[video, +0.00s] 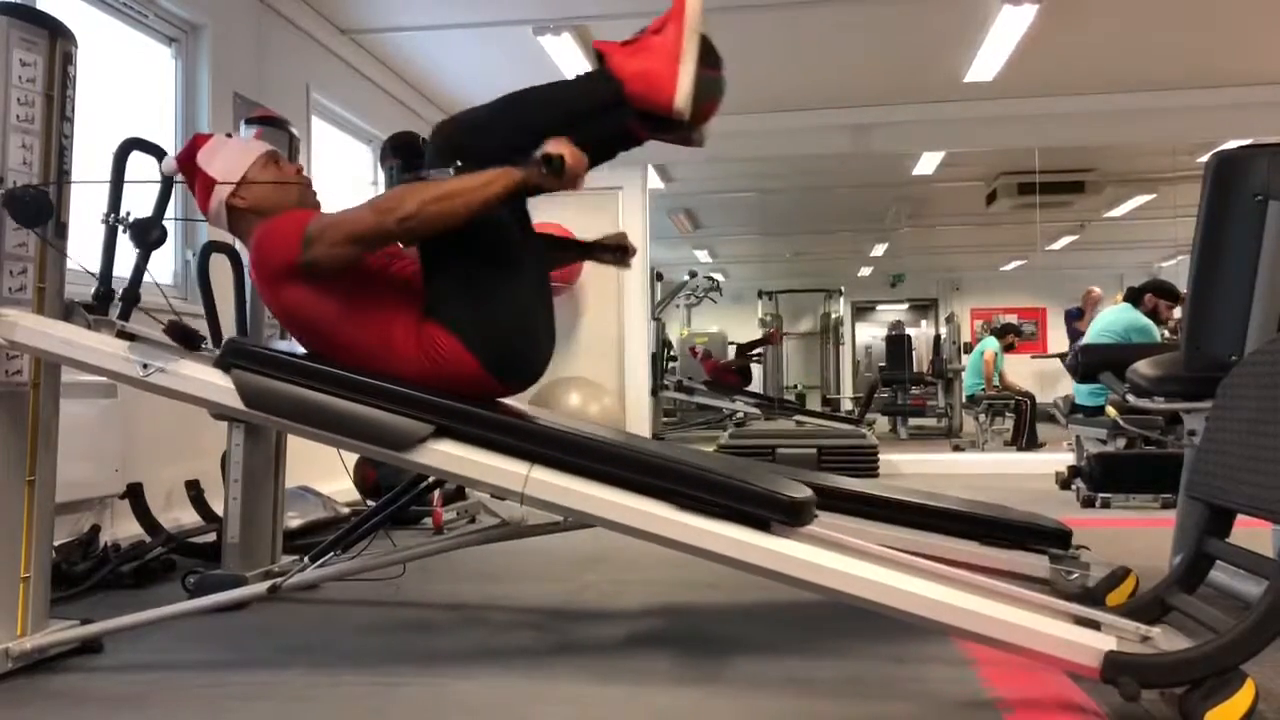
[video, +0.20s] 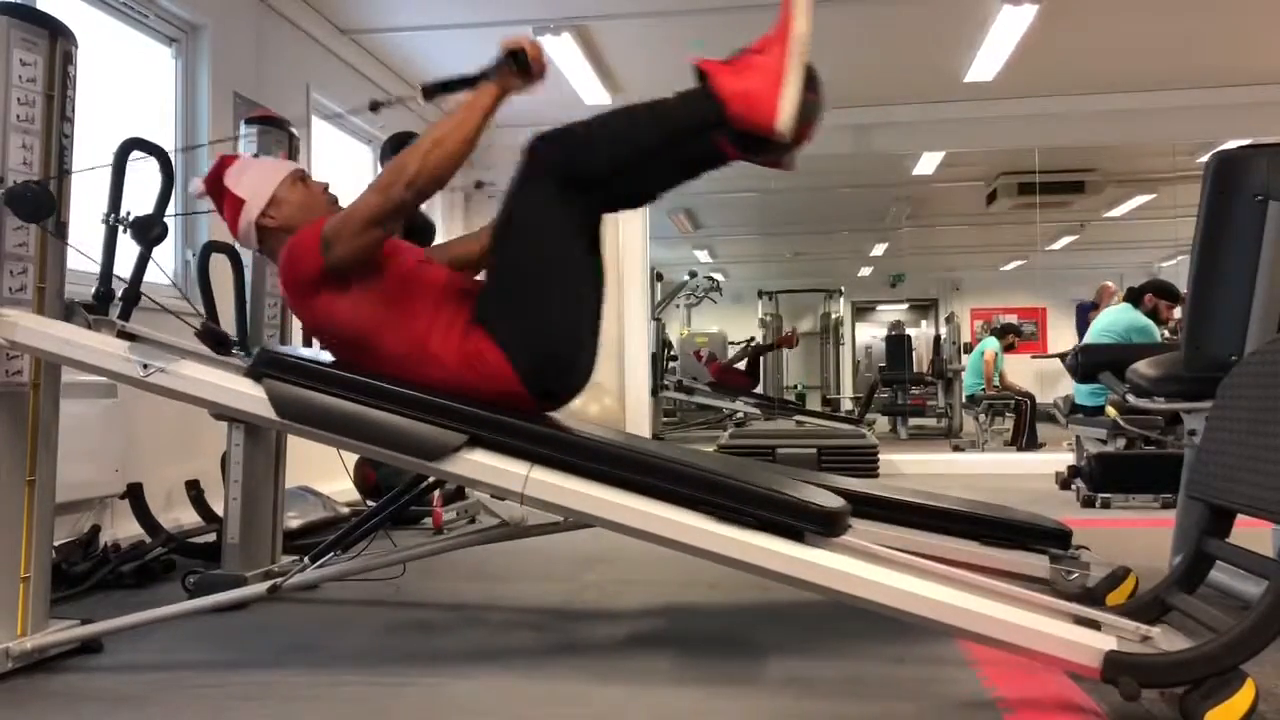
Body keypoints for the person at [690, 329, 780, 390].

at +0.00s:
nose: (709, 351)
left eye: (707, 349)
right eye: (707, 350)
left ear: (702, 357)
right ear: (705, 355)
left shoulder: (710, 365)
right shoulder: (711, 365)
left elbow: (733, 362)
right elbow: (733, 363)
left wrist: (754, 357)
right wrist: (753, 361)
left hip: (740, 379)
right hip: (743, 380)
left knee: (740, 349)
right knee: (740, 350)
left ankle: (767, 339)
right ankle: (768, 340)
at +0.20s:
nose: (714, 353)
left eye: (711, 352)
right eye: (711, 353)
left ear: (706, 361)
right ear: (710, 358)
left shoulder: (715, 369)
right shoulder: (716, 368)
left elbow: (734, 359)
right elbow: (736, 359)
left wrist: (746, 348)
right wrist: (748, 347)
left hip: (747, 381)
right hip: (750, 382)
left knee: (754, 351)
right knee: (754, 352)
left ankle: (781, 342)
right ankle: (782, 342)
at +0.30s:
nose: (718, 355)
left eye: (715, 354)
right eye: (715, 355)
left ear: (710, 362)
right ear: (714, 359)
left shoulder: (719, 371)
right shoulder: (721, 370)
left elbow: (735, 358)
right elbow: (738, 357)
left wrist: (742, 345)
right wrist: (747, 343)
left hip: (751, 385)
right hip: (755, 383)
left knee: (764, 357)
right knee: (764, 355)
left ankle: (793, 345)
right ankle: (794, 346)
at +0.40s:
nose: (719, 356)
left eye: (716, 355)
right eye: (716, 356)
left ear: (713, 364)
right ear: (716, 360)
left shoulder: (726, 370)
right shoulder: (725, 372)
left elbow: (739, 356)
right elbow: (739, 356)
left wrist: (741, 340)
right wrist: (742, 339)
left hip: (759, 382)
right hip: (761, 385)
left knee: (773, 359)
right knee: (774, 358)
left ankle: (803, 350)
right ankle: (804, 350)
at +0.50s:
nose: (729, 359)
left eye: (727, 357)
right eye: (726, 358)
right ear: (724, 361)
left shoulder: (730, 374)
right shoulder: (730, 373)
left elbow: (740, 355)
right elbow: (741, 355)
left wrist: (737, 339)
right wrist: (738, 338)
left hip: (765, 389)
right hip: (766, 385)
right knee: (784, 362)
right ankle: (813, 353)